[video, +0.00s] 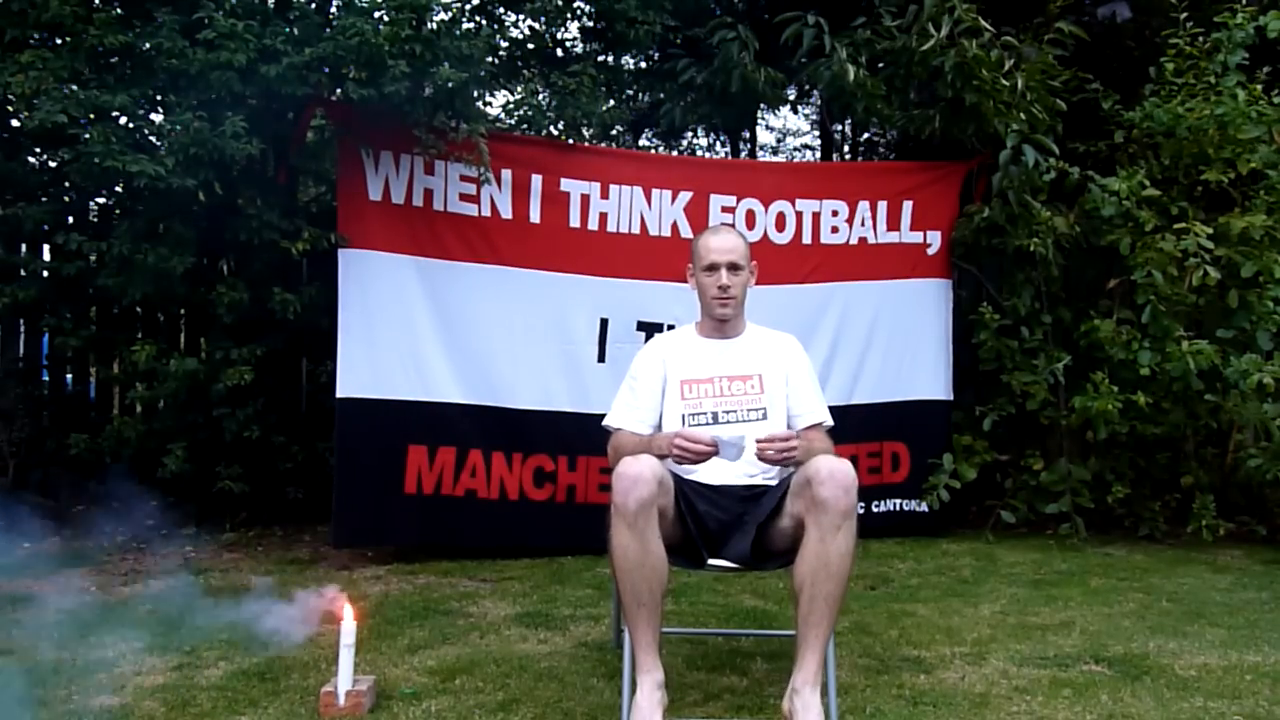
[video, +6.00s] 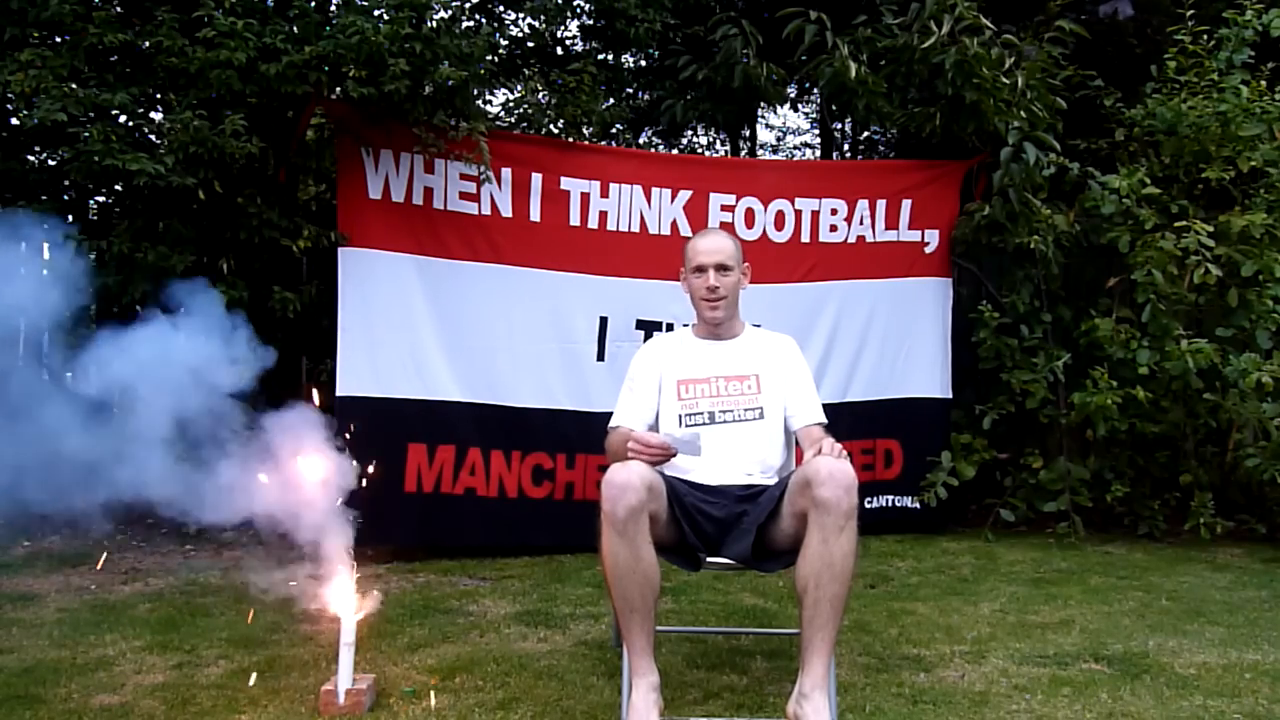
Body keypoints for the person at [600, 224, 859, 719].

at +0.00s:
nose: (723, 281)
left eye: (734, 269)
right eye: (711, 270)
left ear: (751, 276)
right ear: (692, 278)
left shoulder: (784, 350)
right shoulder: (660, 352)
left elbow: (821, 440)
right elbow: (619, 446)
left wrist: (800, 448)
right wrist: (661, 443)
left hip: (770, 506)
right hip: (684, 505)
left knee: (836, 478)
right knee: (632, 476)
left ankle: (806, 687)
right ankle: (648, 680)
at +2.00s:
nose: (719, 279)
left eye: (730, 267)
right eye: (706, 268)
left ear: (746, 275)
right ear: (688, 278)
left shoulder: (782, 346)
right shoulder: (657, 349)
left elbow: (813, 442)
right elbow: (620, 446)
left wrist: (780, 407)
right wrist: (659, 413)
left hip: (767, 504)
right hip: (677, 502)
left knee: (833, 475)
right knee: (612, 477)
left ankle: (812, 688)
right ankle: (646, 680)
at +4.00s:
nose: (684, 296)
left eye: (696, 283)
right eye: (678, 285)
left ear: (735, 278)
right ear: (673, 285)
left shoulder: (781, 350)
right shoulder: (658, 353)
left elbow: (812, 437)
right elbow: (615, 442)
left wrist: (825, 448)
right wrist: (633, 445)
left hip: (768, 504)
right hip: (679, 503)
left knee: (837, 477)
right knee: (615, 485)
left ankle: (812, 689)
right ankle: (642, 682)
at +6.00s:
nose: (711, 283)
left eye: (723, 270)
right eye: (699, 272)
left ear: (744, 276)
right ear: (684, 281)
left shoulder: (780, 350)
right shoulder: (657, 353)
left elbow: (811, 437)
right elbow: (614, 442)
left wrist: (825, 449)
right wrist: (634, 443)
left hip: (768, 502)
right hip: (680, 502)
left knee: (836, 477)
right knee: (620, 483)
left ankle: (813, 690)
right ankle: (642, 681)